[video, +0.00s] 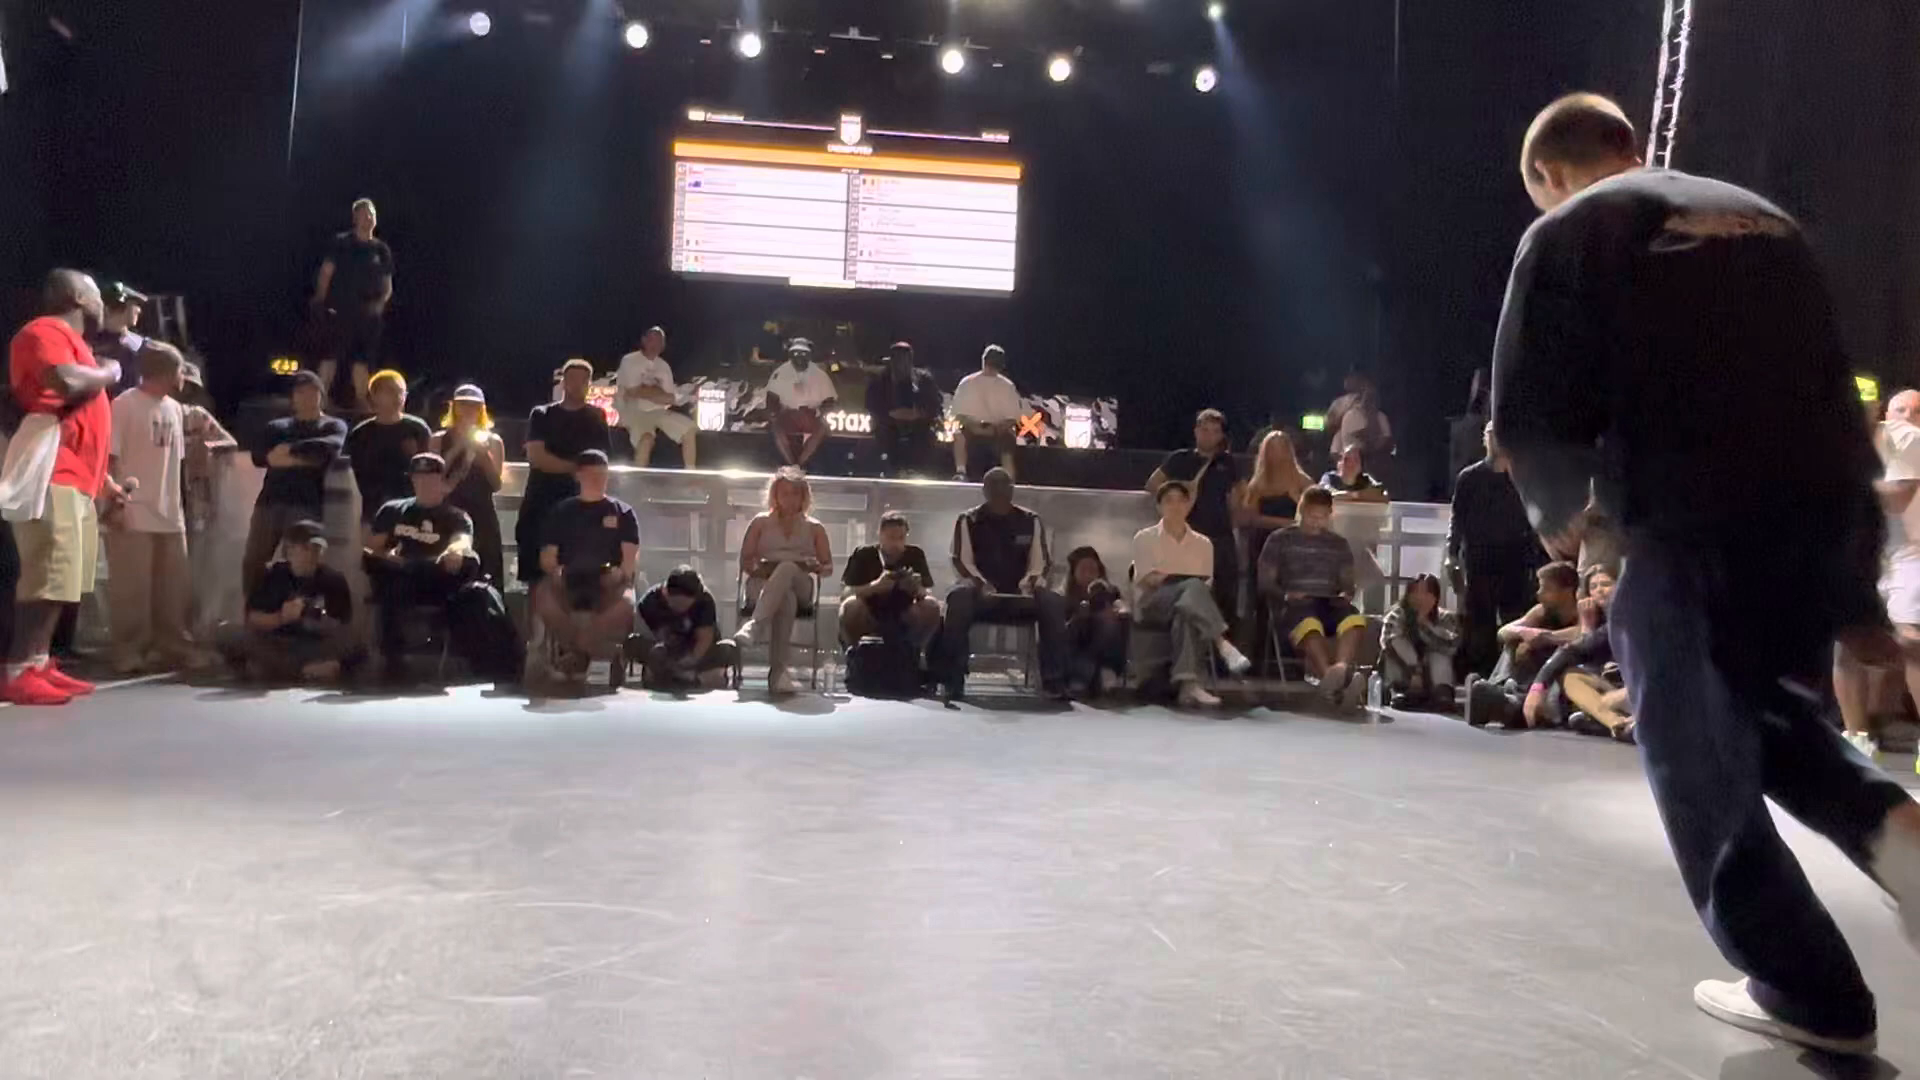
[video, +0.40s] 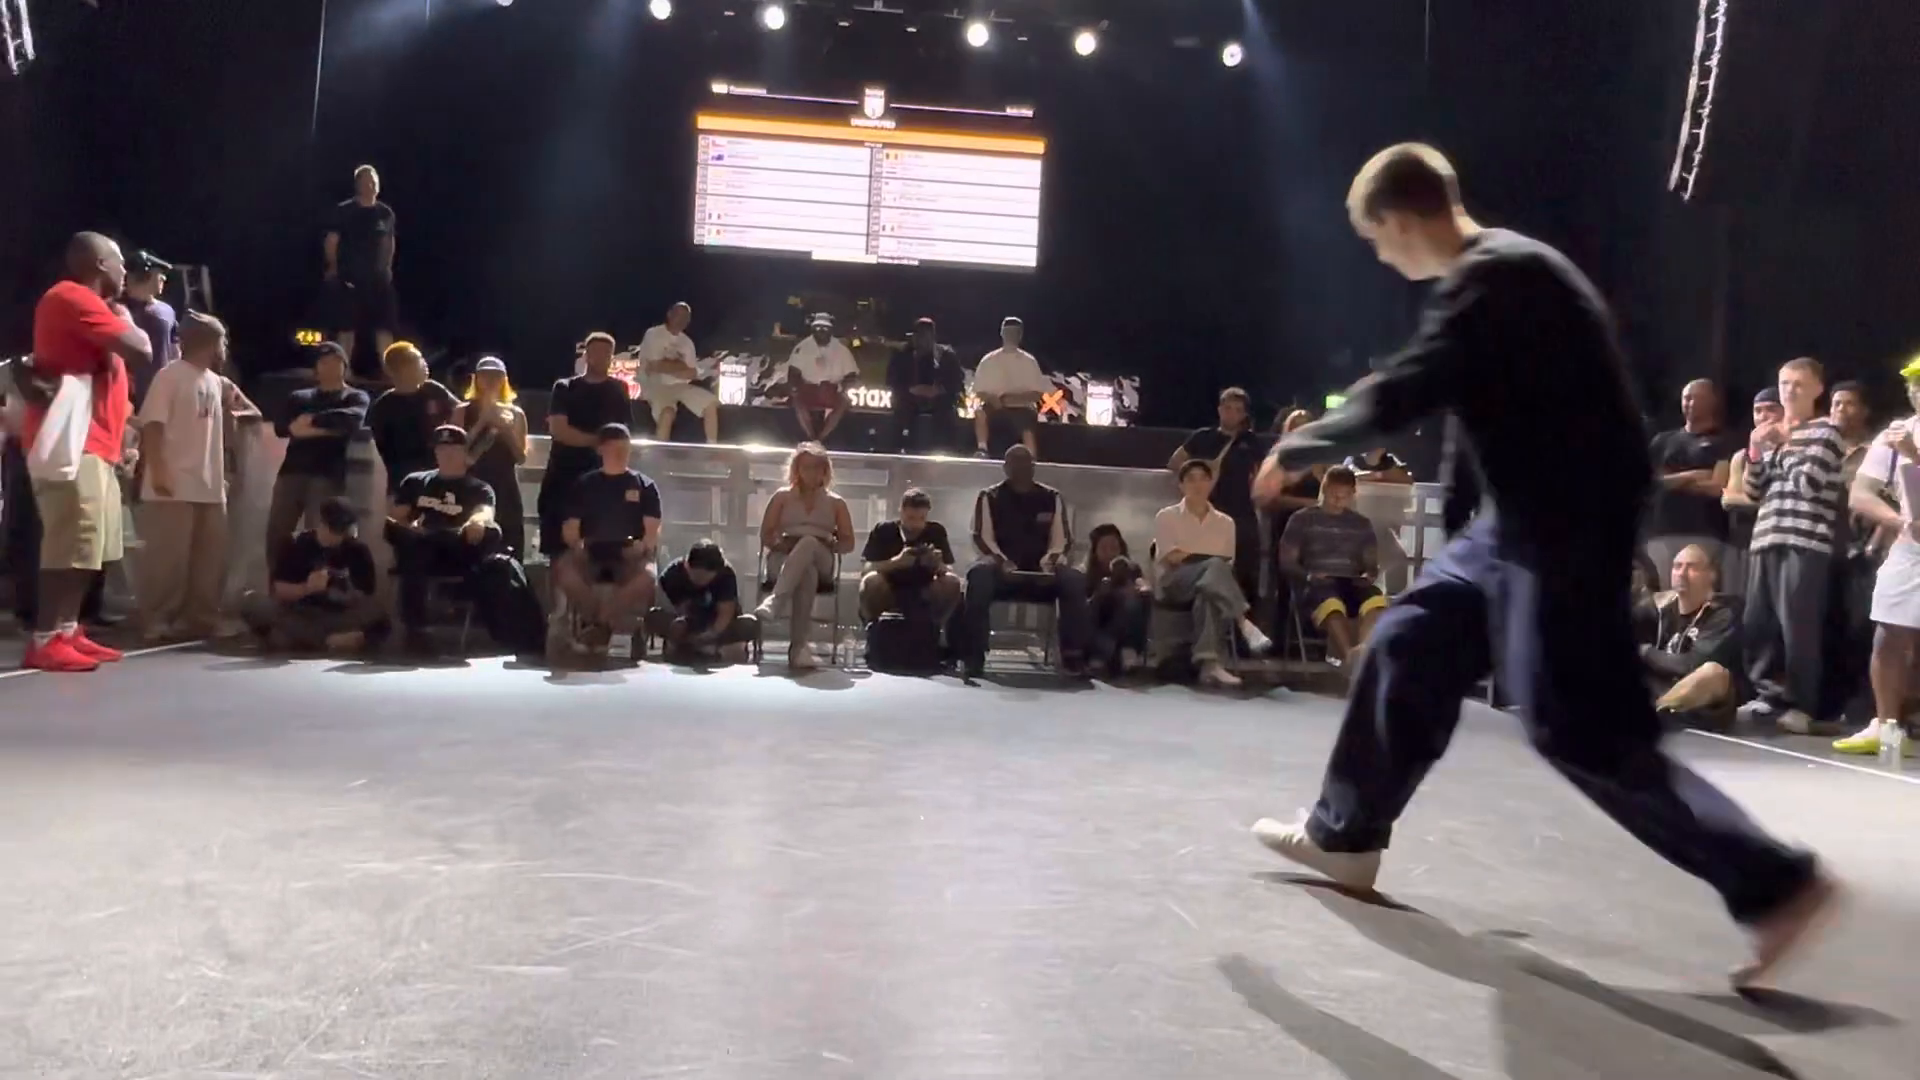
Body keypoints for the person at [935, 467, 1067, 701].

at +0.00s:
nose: (999, 494)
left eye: (1004, 487)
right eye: (993, 487)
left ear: (1012, 489)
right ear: (984, 489)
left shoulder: (1030, 520)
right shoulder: (968, 520)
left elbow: (1039, 562)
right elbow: (963, 562)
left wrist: (1031, 581)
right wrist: (980, 583)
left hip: (1020, 597)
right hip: (985, 596)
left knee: (1052, 601)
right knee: (959, 596)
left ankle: (1055, 682)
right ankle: (953, 682)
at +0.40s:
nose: (1020, 468)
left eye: (1025, 461)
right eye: (1015, 461)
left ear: (1033, 465)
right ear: (1005, 466)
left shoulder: (1052, 498)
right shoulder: (988, 497)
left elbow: (1060, 539)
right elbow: (983, 538)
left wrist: (1051, 558)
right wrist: (1001, 560)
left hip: (1041, 574)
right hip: (1006, 572)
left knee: (1073, 579)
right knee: (980, 574)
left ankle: (1073, 658)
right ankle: (974, 659)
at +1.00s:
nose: (1051, 450)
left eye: (1056, 444)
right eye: (1044, 444)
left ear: (1062, 448)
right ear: (1034, 448)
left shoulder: (1080, 480)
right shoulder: (1018, 479)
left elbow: (1088, 522)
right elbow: (1011, 520)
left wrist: (1079, 541)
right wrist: (1028, 543)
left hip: (1068, 558)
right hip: (1032, 556)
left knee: (1101, 562)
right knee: (1007, 556)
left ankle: (1097, 641)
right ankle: (1000, 641)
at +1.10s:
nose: (1057, 449)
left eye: (1061, 443)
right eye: (1051, 443)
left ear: (1066, 447)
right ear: (1039, 447)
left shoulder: (1077, 477)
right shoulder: (1022, 478)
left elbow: (1089, 513)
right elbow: (1014, 519)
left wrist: (1084, 536)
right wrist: (1033, 542)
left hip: (1070, 551)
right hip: (1035, 551)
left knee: (1094, 562)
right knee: (1010, 555)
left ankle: (1084, 643)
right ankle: (1002, 637)